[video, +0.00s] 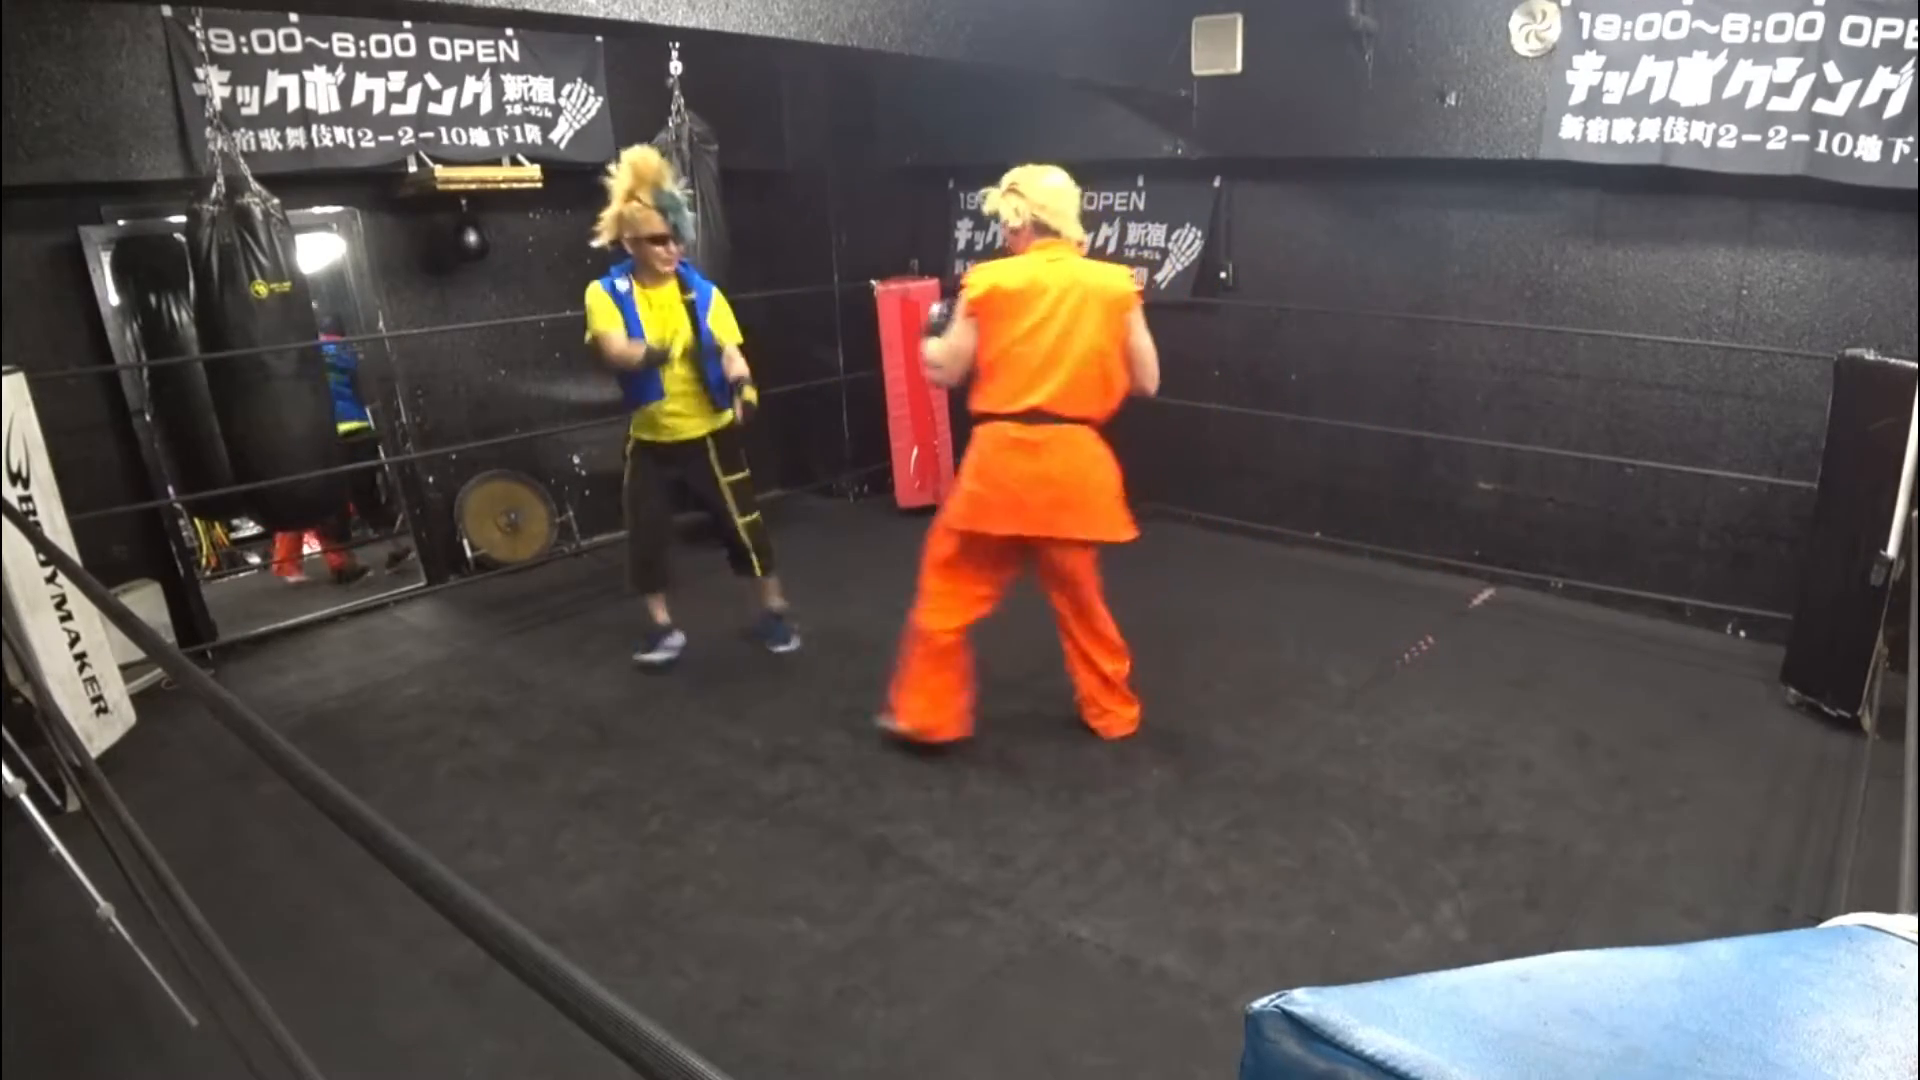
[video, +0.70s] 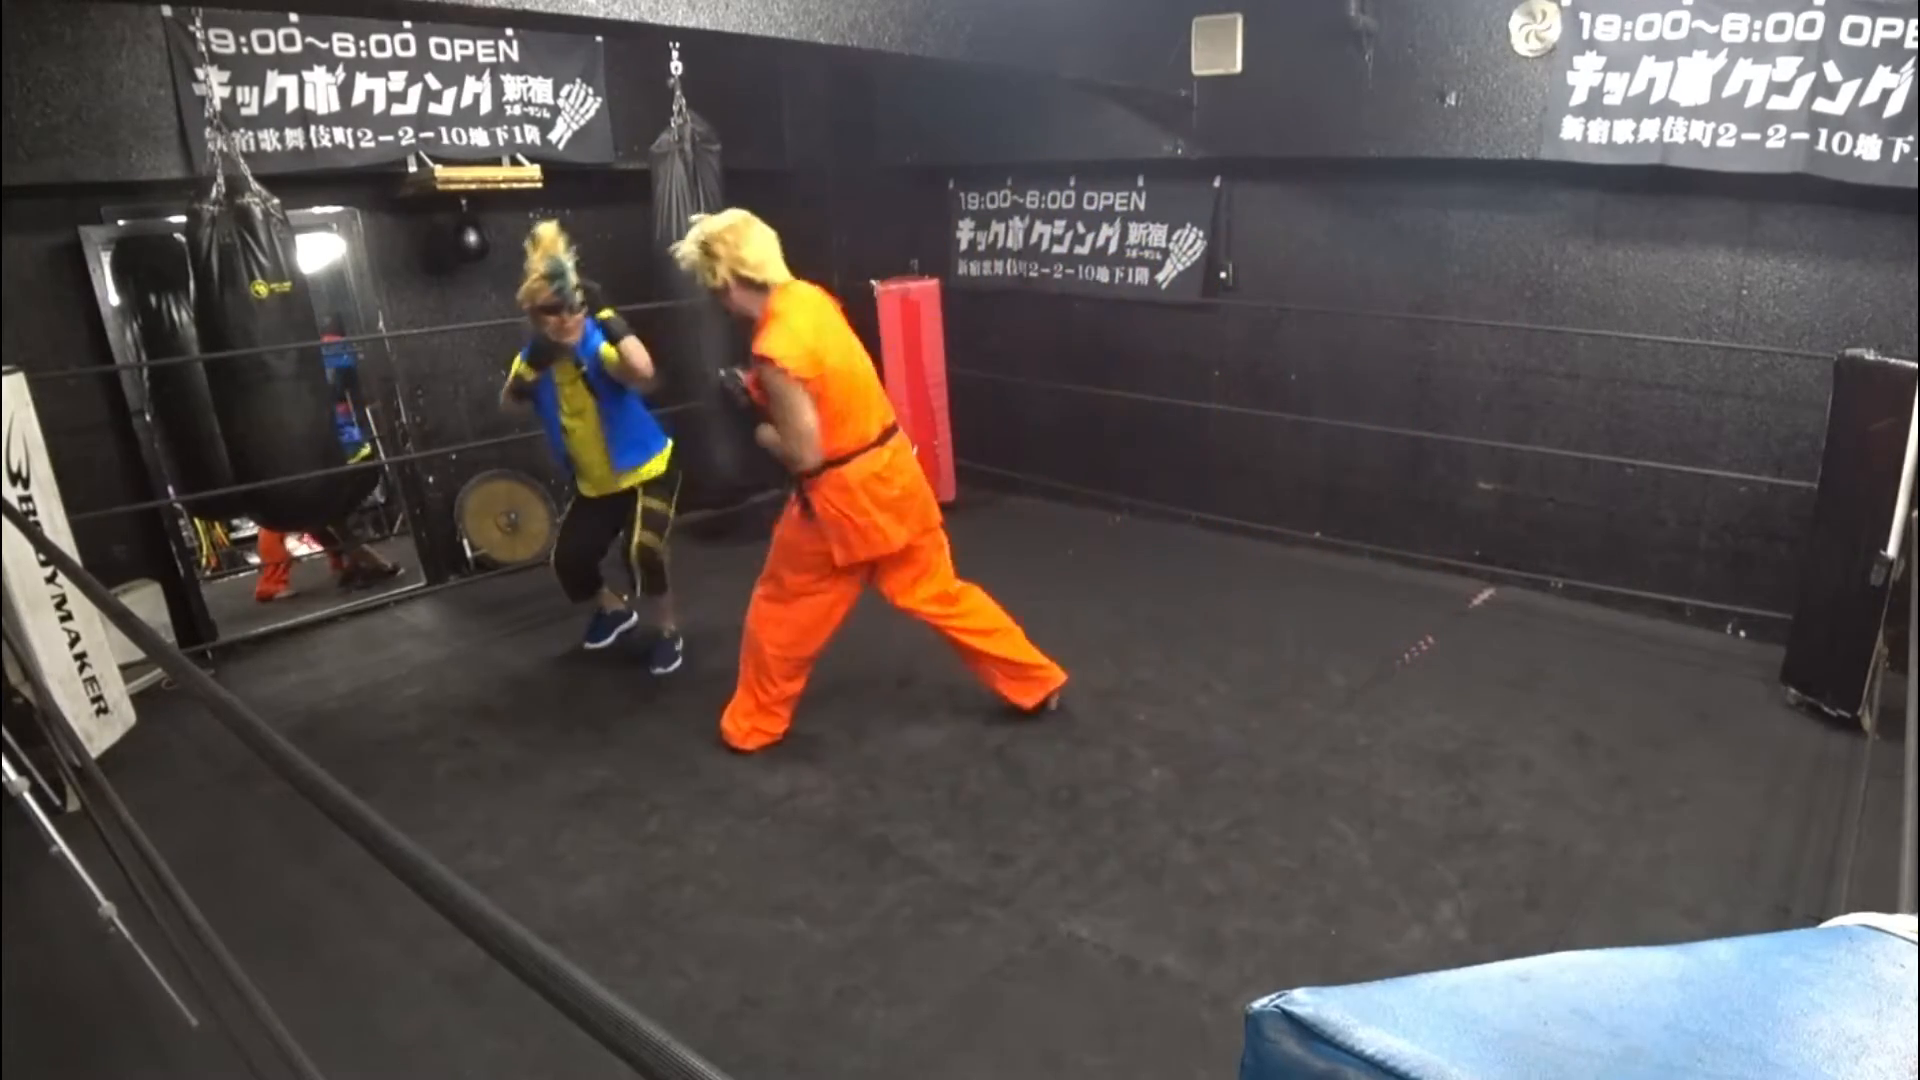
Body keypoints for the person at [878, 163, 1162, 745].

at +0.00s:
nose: (1001, 233)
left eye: (1006, 222)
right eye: (1003, 221)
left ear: (1027, 223)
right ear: (1065, 223)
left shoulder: (990, 281)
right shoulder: (1114, 285)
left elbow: (947, 368)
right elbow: (1146, 379)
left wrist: (931, 339)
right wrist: (1088, 349)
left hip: (999, 459)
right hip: (1077, 459)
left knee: (948, 580)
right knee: (1079, 590)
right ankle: (1113, 711)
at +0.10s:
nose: (970, 246)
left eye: (974, 236)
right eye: (970, 236)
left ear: (994, 238)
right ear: (1038, 237)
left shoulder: (959, 292)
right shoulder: (1078, 297)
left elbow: (875, 334)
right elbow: (1130, 381)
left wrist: (883, 310)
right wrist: (1117, 411)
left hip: (961, 472)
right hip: (1038, 474)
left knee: (895, 580)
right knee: (1061, 598)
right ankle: (1111, 712)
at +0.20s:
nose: (921, 253)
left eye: (925, 246)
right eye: (924, 245)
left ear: (938, 251)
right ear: (993, 249)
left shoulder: (900, 300)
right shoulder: (1020, 310)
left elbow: (836, 311)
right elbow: (1072, 370)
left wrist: (886, 300)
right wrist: (1088, 418)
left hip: (917, 493)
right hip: (995, 490)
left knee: (842, 597)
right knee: (1040, 607)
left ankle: (767, 694)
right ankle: (1108, 712)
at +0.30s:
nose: (866, 260)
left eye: (870, 253)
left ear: (877, 261)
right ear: (938, 261)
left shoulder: (839, 324)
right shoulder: (963, 327)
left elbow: (795, 405)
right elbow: (978, 396)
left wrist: (827, 348)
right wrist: (997, 420)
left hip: (871, 507)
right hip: (948, 504)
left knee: (809, 612)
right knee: (996, 607)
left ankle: (757, 718)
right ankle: (1091, 699)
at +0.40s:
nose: (795, 286)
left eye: (796, 274)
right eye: (793, 274)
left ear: (813, 274)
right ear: (869, 262)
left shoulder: (809, 344)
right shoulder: (913, 322)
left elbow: (802, 451)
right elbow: (963, 401)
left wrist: (785, 413)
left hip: (859, 513)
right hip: (924, 497)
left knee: (791, 613)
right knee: (934, 609)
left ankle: (755, 723)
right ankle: (1052, 689)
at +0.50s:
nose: (753, 309)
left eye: (752, 297)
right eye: (748, 298)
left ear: (772, 291)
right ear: (805, 275)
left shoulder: (820, 357)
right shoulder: (842, 311)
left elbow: (818, 459)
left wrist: (781, 412)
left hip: (852, 510)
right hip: (905, 493)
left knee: (780, 609)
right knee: (922, 610)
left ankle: (755, 722)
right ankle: (1029, 694)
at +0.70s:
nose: (717, 299)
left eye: (716, 288)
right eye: (714, 288)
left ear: (733, 282)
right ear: (764, 263)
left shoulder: (776, 347)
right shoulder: (810, 297)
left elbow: (804, 453)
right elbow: (826, 380)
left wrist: (769, 438)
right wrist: (762, 390)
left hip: (840, 491)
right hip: (893, 466)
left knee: (782, 606)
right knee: (933, 588)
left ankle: (756, 723)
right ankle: (1037, 682)